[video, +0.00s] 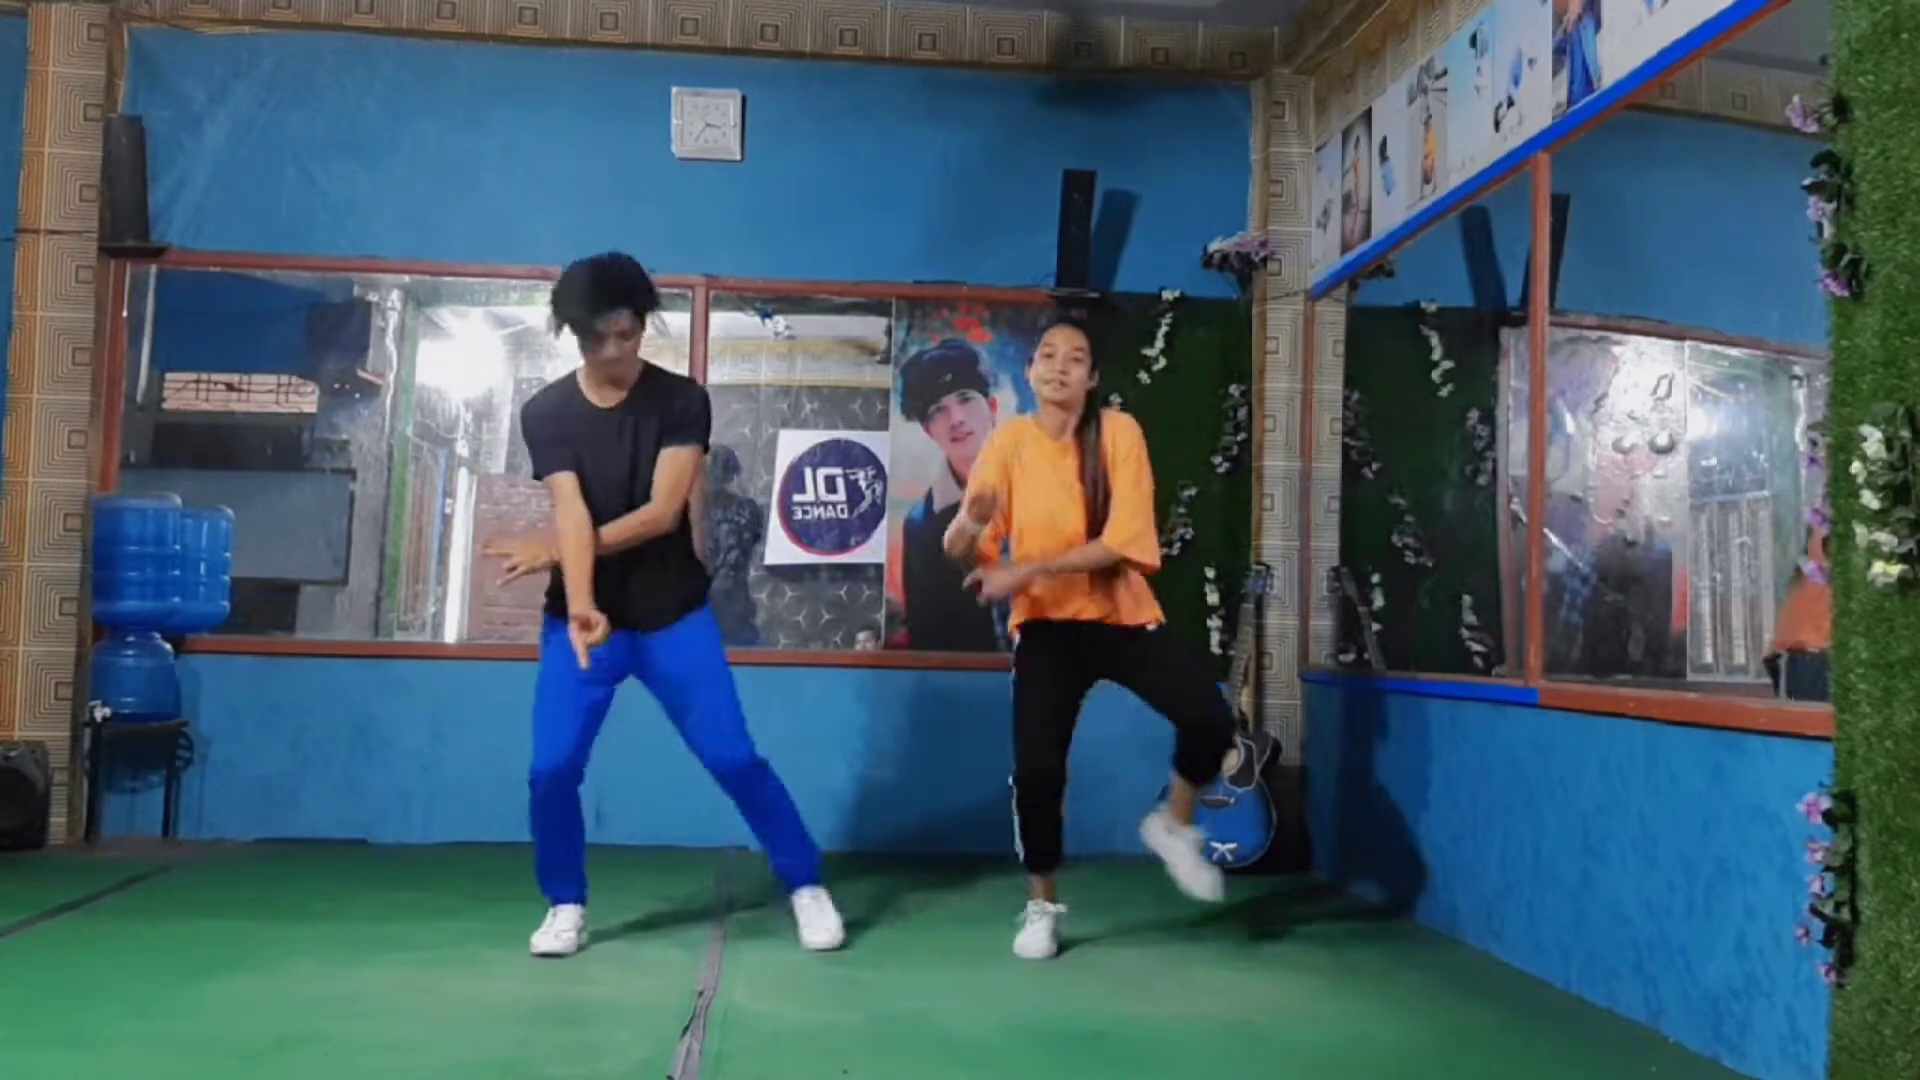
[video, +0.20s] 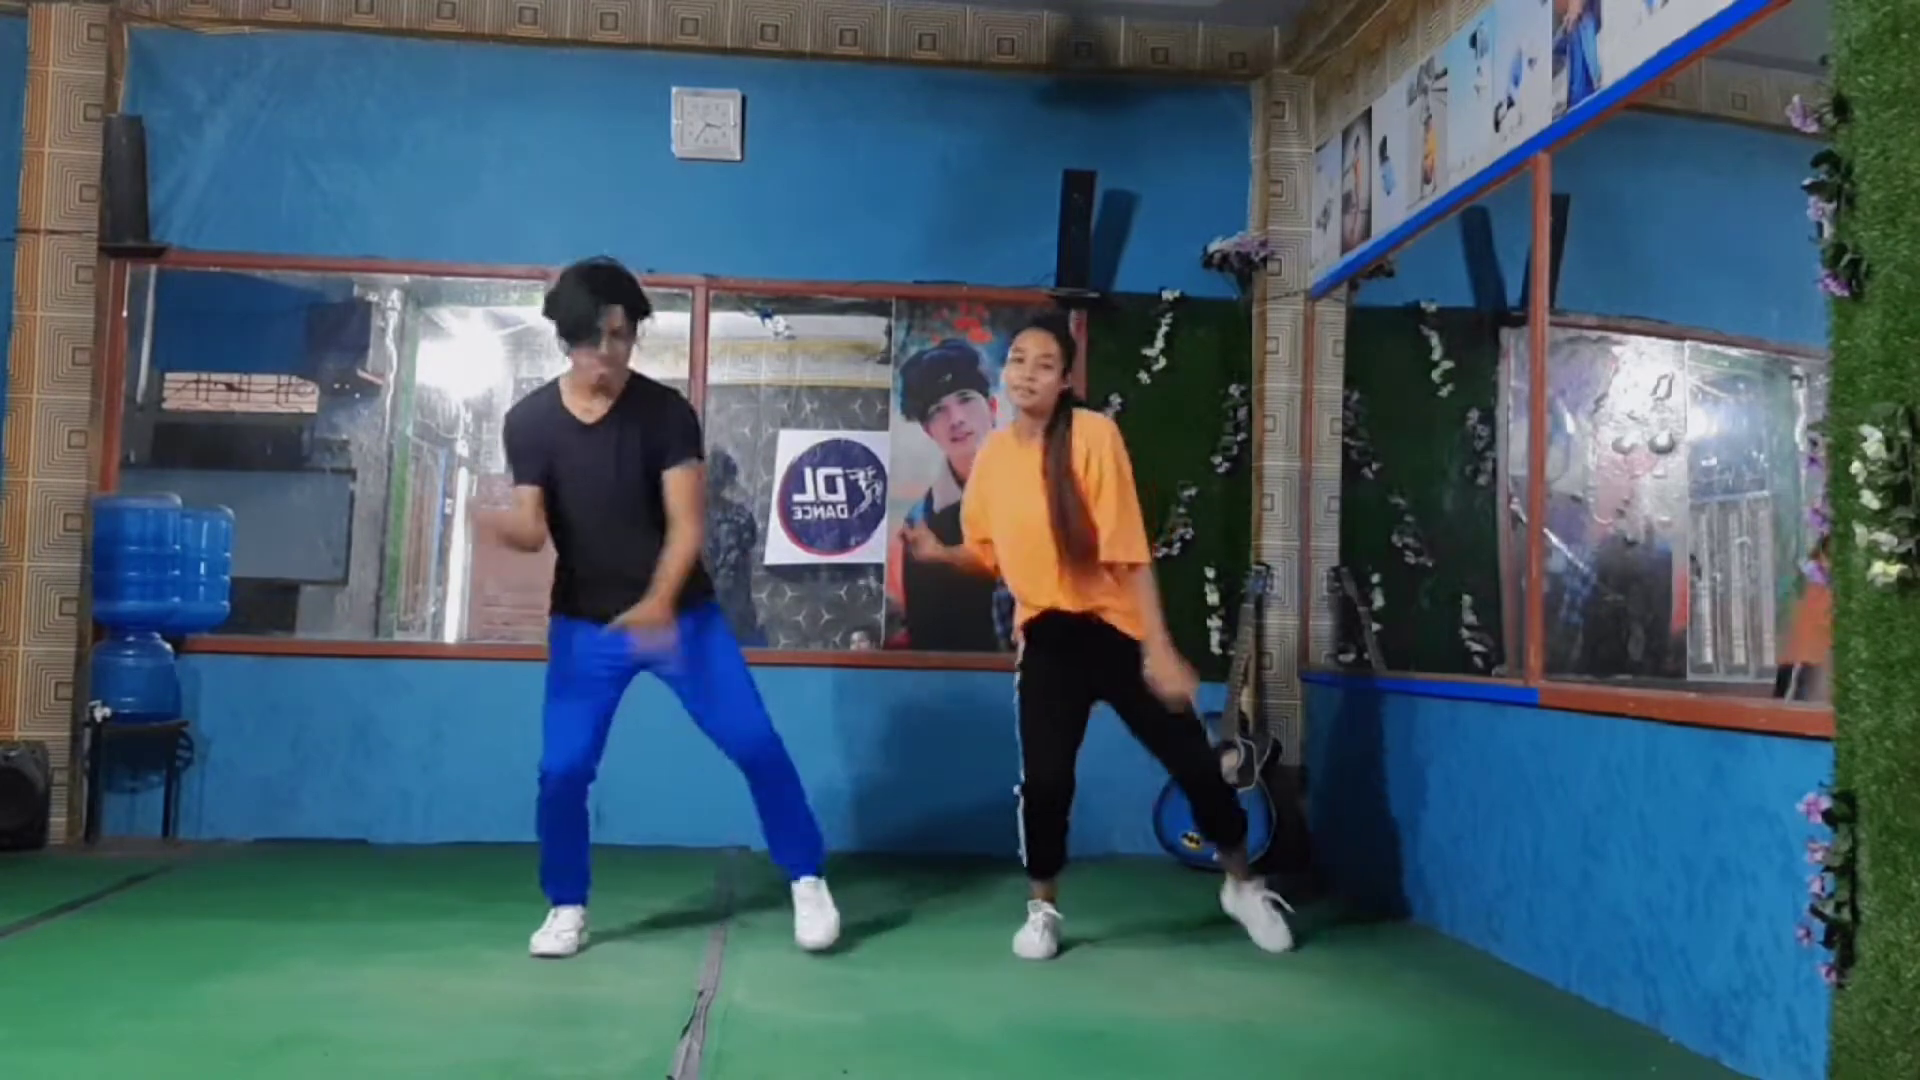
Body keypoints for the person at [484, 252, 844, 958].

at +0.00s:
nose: (621, 349)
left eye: (631, 333)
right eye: (607, 337)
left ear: (645, 325)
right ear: (579, 334)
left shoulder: (680, 400)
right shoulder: (548, 412)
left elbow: (664, 512)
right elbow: (571, 515)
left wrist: (559, 549)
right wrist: (580, 606)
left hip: (674, 617)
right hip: (582, 617)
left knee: (732, 759)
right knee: (550, 769)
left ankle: (806, 888)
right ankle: (565, 905)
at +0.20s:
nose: (610, 353)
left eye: (621, 337)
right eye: (594, 339)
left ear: (635, 334)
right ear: (565, 339)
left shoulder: (666, 412)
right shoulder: (530, 421)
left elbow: (689, 524)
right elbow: (533, 533)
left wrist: (657, 600)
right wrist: (506, 524)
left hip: (681, 615)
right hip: (585, 626)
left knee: (757, 745)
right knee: (561, 772)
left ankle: (808, 881)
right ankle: (566, 906)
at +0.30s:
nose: (623, 317)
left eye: (634, 303)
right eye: (608, 304)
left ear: (648, 313)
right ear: (579, 313)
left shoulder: (681, 393)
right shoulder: (549, 389)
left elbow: (732, 490)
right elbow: (509, 470)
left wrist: (742, 461)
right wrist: (550, 392)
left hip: (672, 589)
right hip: (581, 598)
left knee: (736, 683)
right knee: (552, 752)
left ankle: (777, 827)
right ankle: (565, 904)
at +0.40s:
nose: (634, 277)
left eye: (644, 262)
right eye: (617, 264)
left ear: (662, 271)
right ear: (591, 276)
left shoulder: (697, 347)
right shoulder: (563, 354)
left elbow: (755, 438)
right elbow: (527, 448)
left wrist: (718, 447)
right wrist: (596, 445)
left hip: (674, 535)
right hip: (586, 547)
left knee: (716, 603)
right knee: (562, 694)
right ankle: (566, 853)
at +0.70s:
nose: (647, 292)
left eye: (659, 276)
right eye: (631, 279)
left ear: (678, 286)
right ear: (605, 291)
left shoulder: (716, 380)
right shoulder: (576, 380)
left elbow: (738, 480)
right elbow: (539, 468)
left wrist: (741, 580)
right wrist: (508, 553)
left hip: (678, 598)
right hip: (584, 589)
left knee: (671, 751)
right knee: (550, 720)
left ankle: (654, 899)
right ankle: (547, 861)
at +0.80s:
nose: (649, 291)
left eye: (659, 275)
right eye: (632, 279)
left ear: (675, 285)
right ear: (604, 292)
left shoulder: (709, 375)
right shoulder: (569, 375)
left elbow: (724, 468)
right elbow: (547, 459)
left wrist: (729, 539)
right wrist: (550, 513)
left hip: (673, 601)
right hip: (584, 594)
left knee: (667, 755)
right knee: (571, 746)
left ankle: (653, 898)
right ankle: (534, 896)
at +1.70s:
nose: (652, 259)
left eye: (668, 246)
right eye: (639, 246)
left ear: (693, 265)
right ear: (619, 263)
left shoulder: (727, 340)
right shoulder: (589, 345)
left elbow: (819, 398)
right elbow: (550, 416)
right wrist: (530, 448)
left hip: (697, 560)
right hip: (609, 560)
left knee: (684, 695)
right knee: (568, 690)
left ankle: (694, 839)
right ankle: (597, 844)